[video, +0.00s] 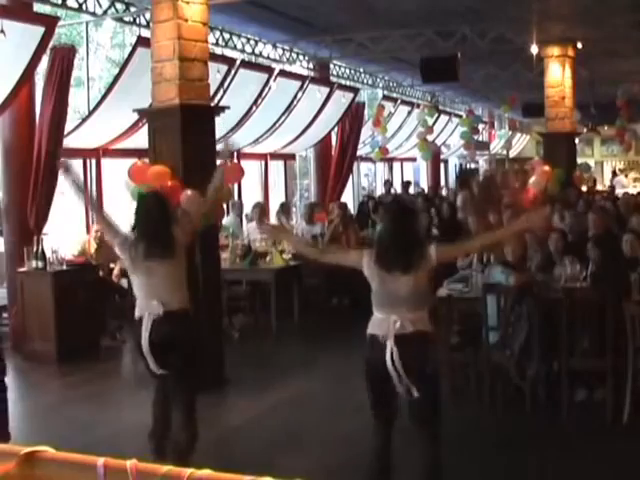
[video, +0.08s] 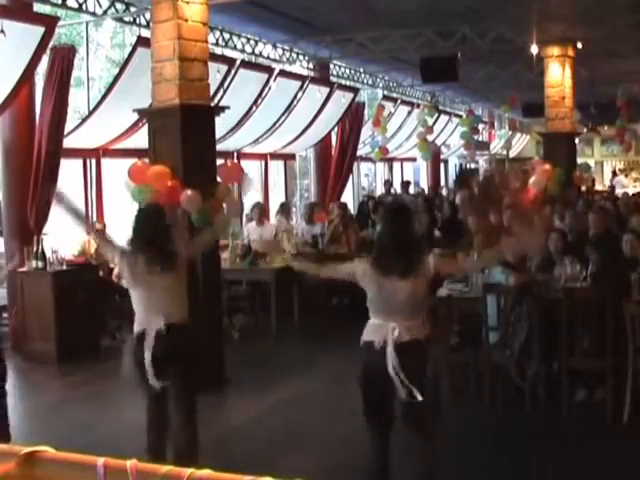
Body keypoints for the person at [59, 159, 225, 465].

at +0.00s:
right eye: (168, 210)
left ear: (138, 216)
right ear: (167, 215)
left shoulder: (129, 247)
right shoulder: (177, 239)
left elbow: (97, 211)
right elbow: (206, 205)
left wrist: (68, 173)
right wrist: (222, 168)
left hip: (151, 321)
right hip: (181, 318)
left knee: (161, 386)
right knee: (184, 389)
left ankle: (159, 450)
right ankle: (183, 454)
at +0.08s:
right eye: (162, 222)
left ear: (136, 229)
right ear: (165, 229)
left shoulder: (128, 260)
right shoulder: (179, 257)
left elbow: (92, 229)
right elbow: (211, 235)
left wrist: (60, 200)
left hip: (147, 334)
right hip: (179, 332)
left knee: (154, 398)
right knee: (183, 398)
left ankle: (155, 460)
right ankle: (185, 462)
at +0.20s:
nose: (170, 221)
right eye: (167, 216)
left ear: (137, 219)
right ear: (164, 219)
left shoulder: (123, 250)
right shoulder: (175, 249)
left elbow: (95, 238)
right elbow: (212, 244)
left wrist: (70, 223)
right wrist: (248, 227)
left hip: (139, 328)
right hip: (172, 326)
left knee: (146, 392)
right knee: (175, 392)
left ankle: (152, 458)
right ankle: (178, 458)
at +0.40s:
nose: (169, 220)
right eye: (166, 216)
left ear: (130, 218)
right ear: (160, 219)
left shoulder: (126, 252)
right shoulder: (165, 249)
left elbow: (110, 253)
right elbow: (190, 257)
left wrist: (91, 248)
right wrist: (198, 236)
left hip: (140, 330)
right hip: (174, 328)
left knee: (137, 403)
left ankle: (135, 464)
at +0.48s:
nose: (170, 223)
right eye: (167, 217)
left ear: (137, 219)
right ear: (163, 220)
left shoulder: (128, 253)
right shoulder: (164, 249)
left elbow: (109, 252)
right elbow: (188, 263)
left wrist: (88, 245)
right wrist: (195, 258)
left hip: (137, 333)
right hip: (170, 331)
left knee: (137, 401)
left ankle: (135, 464)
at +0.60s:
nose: (171, 220)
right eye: (169, 215)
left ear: (138, 216)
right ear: (164, 218)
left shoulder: (127, 250)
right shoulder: (167, 248)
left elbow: (98, 250)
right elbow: (193, 262)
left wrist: (74, 244)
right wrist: (224, 256)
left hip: (138, 326)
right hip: (171, 327)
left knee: (139, 395)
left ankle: (139, 461)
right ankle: (164, 368)